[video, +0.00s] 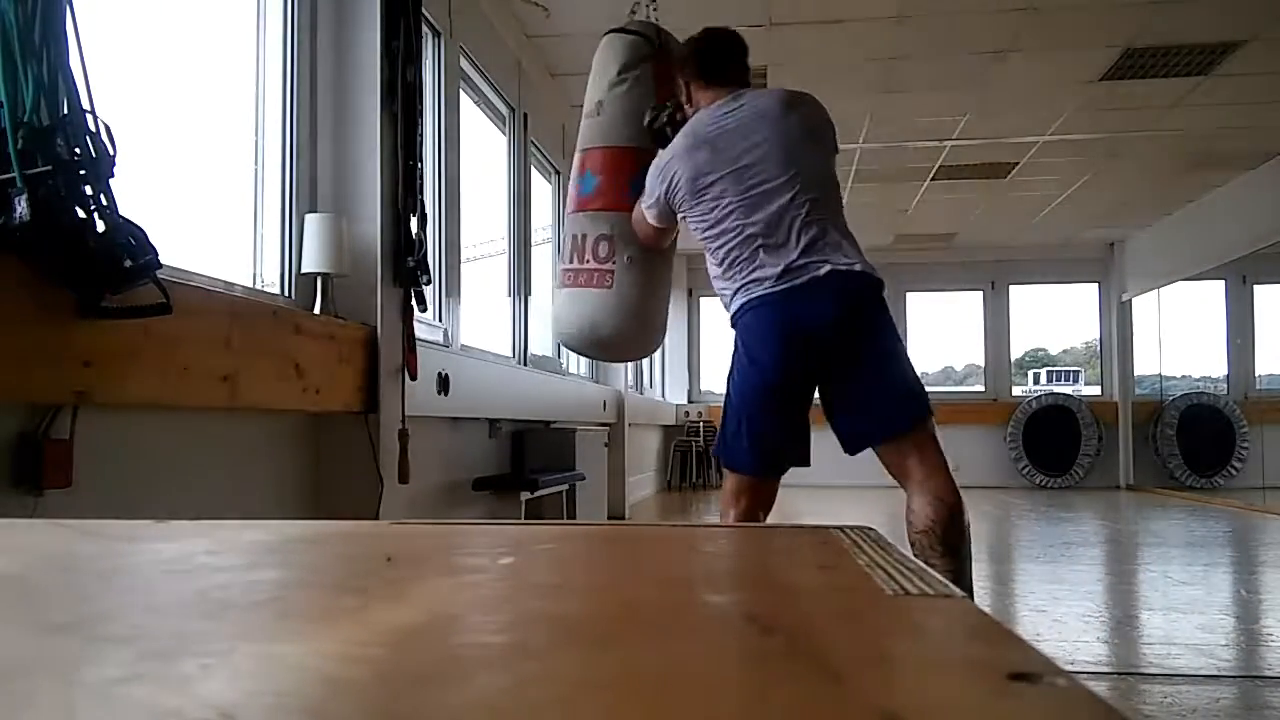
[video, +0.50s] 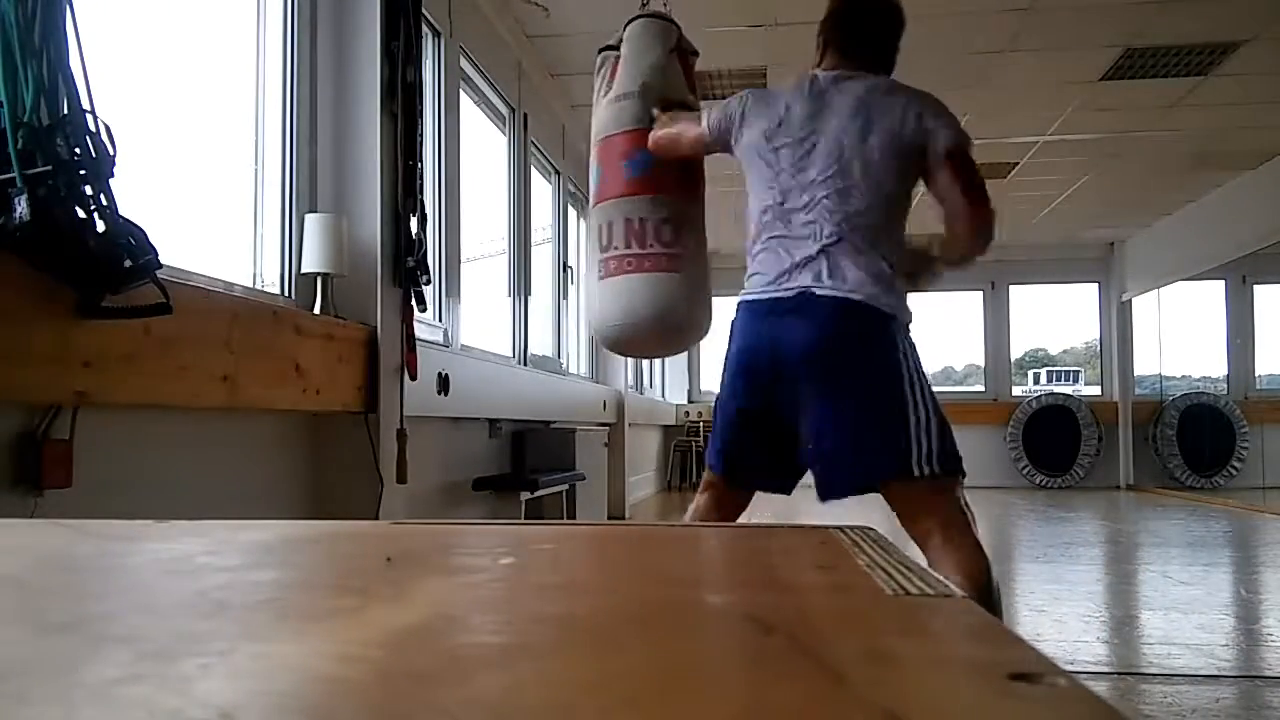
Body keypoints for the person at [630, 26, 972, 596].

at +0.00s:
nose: (686, 95)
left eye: (683, 87)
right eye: (686, 89)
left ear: (685, 88)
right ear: (746, 74)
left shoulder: (676, 159)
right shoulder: (801, 107)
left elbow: (650, 233)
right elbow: (816, 159)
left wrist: (665, 153)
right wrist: (711, 120)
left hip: (768, 324)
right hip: (853, 300)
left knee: (743, 506)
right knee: (926, 473)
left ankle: (733, 649)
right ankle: (956, 629)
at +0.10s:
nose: (702, 85)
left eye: (701, 76)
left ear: (706, 77)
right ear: (768, 67)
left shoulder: (682, 152)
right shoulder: (823, 103)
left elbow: (655, 245)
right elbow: (853, 200)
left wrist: (646, 196)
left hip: (771, 323)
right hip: (860, 304)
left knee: (744, 507)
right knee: (936, 475)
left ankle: (733, 659)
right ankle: (969, 638)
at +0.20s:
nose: (736, 78)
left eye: (735, 69)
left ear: (738, 70)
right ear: (804, 65)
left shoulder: (708, 144)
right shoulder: (858, 106)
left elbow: (673, 261)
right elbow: (887, 221)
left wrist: (674, 202)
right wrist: (819, 191)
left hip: (780, 325)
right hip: (872, 311)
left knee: (741, 508)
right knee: (942, 488)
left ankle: (730, 669)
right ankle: (980, 656)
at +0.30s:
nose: (772, 93)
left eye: (773, 81)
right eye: (773, 82)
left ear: (788, 77)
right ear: (848, 74)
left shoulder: (758, 138)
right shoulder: (904, 121)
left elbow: (715, 261)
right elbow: (895, 219)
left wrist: (701, 236)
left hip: (787, 341)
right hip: (885, 342)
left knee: (735, 511)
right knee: (948, 518)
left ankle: (721, 668)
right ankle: (1000, 673)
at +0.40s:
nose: (816, 70)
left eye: (816, 62)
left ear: (823, 63)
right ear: (893, 65)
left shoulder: (776, 120)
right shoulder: (935, 117)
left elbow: (694, 206)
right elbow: (923, 223)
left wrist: (690, 174)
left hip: (770, 340)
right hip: (867, 348)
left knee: (728, 495)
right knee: (954, 528)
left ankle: (684, 644)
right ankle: (1005, 684)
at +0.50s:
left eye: (820, 39)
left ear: (822, 45)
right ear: (892, 55)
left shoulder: (758, 107)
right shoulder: (917, 111)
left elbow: (661, 140)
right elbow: (972, 231)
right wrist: (929, 259)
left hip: (761, 330)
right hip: (860, 332)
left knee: (717, 498)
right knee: (938, 523)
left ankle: (661, 638)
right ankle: (997, 674)